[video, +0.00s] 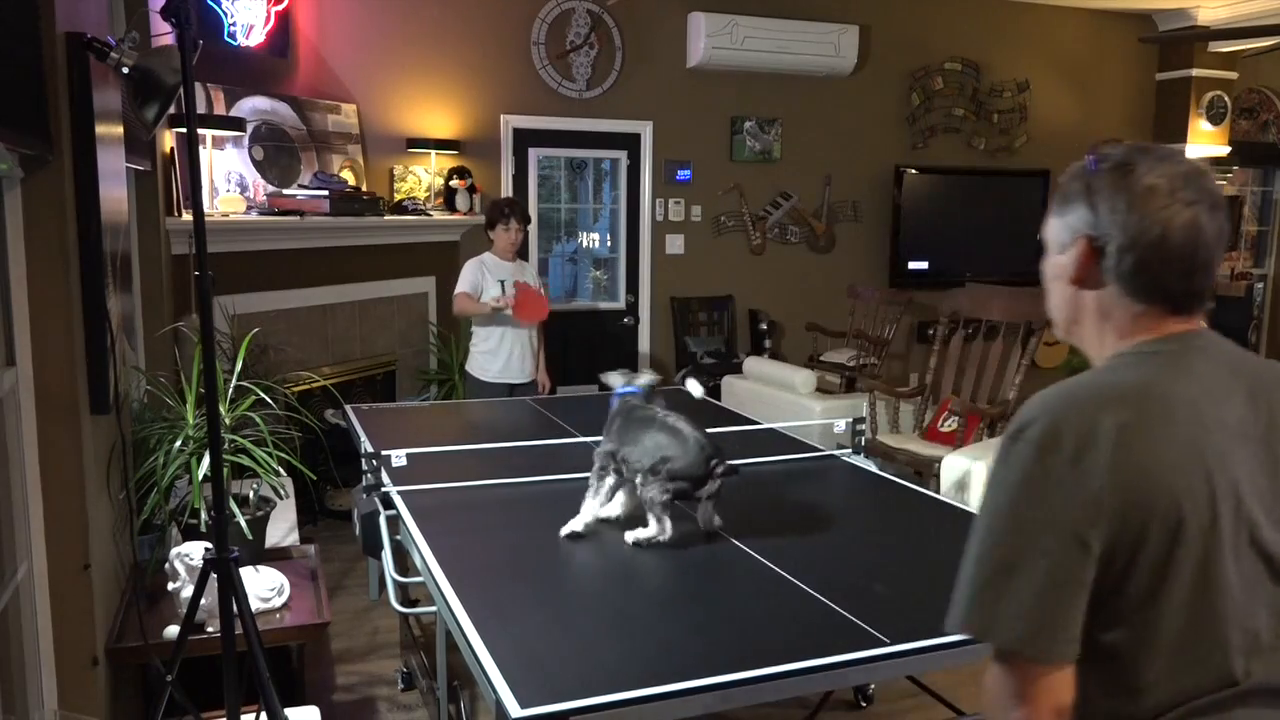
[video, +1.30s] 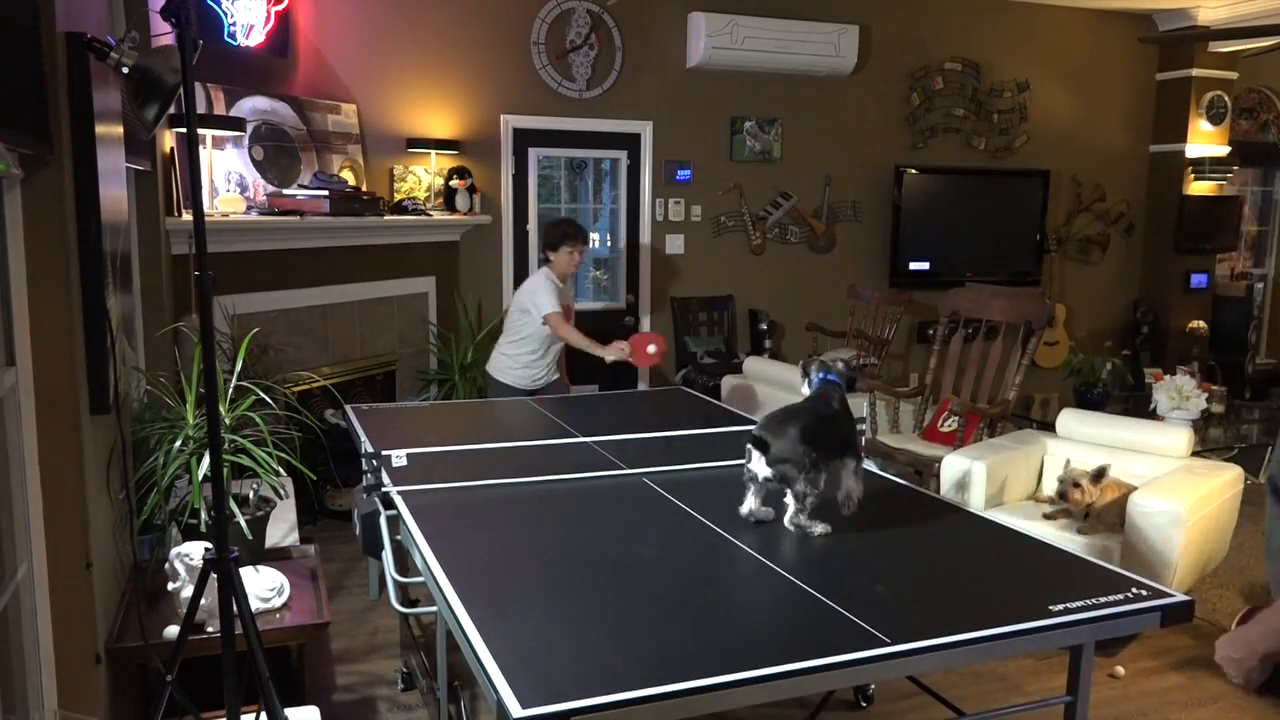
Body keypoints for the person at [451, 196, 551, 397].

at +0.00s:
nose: (514, 237)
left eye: (519, 230)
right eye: (506, 230)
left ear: (524, 233)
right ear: (491, 232)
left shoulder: (529, 271)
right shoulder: (476, 267)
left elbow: (537, 324)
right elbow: (459, 306)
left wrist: (541, 367)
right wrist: (489, 307)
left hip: (525, 376)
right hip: (486, 376)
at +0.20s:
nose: (512, 237)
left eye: (518, 230)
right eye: (505, 230)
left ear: (523, 233)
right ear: (488, 233)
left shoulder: (528, 273)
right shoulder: (471, 269)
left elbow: (537, 327)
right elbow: (446, 316)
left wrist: (542, 377)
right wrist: (485, 338)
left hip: (525, 381)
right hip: (484, 381)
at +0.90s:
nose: (515, 236)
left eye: (519, 230)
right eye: (508, 229)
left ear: (523, 232)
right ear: (488, 232)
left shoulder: (531, 273)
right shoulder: (468, 270)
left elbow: (539, 323)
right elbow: (449, 322)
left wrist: (539, 366)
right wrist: (487, 353)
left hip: (518, 381)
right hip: (476, 382)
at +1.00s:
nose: (525, 244)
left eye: (527, 236)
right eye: (517, 237)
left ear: (530, 237)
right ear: (497, 239)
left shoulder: (535, 279)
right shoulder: (479, 275)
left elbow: (540, 330)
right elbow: (471, 329)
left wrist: (545, 373)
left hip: (523, 380)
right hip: (480, 381)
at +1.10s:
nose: (537, 251)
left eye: (539, 243)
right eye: (529, 244)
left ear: (541, 244)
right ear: (509, 248)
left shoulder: (539, 282)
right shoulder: (497, 283)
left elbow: (543, 334)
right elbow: (517, 340)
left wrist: (550, 375)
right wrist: (564, 353)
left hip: (527, 381)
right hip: (485, 384)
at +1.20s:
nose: (555, 255)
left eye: (557, 248)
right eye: (548, 248)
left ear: (560, 249)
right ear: (528, 251)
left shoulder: (548, 285)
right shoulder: (520, 286)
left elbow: (548, 335)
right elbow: (549, 338)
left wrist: (555, 372)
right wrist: (600, 350)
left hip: (536, 383)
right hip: (497, 386)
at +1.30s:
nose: (578, 259)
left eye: (580, 252)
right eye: (570, 252)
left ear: (584, 252)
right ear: (550, 253)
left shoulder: (566, 283)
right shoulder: (541, 284)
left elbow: (559, 337)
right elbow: (560, 328)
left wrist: (561, 376)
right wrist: (603, 351)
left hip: (546, 378)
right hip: (510, 380)